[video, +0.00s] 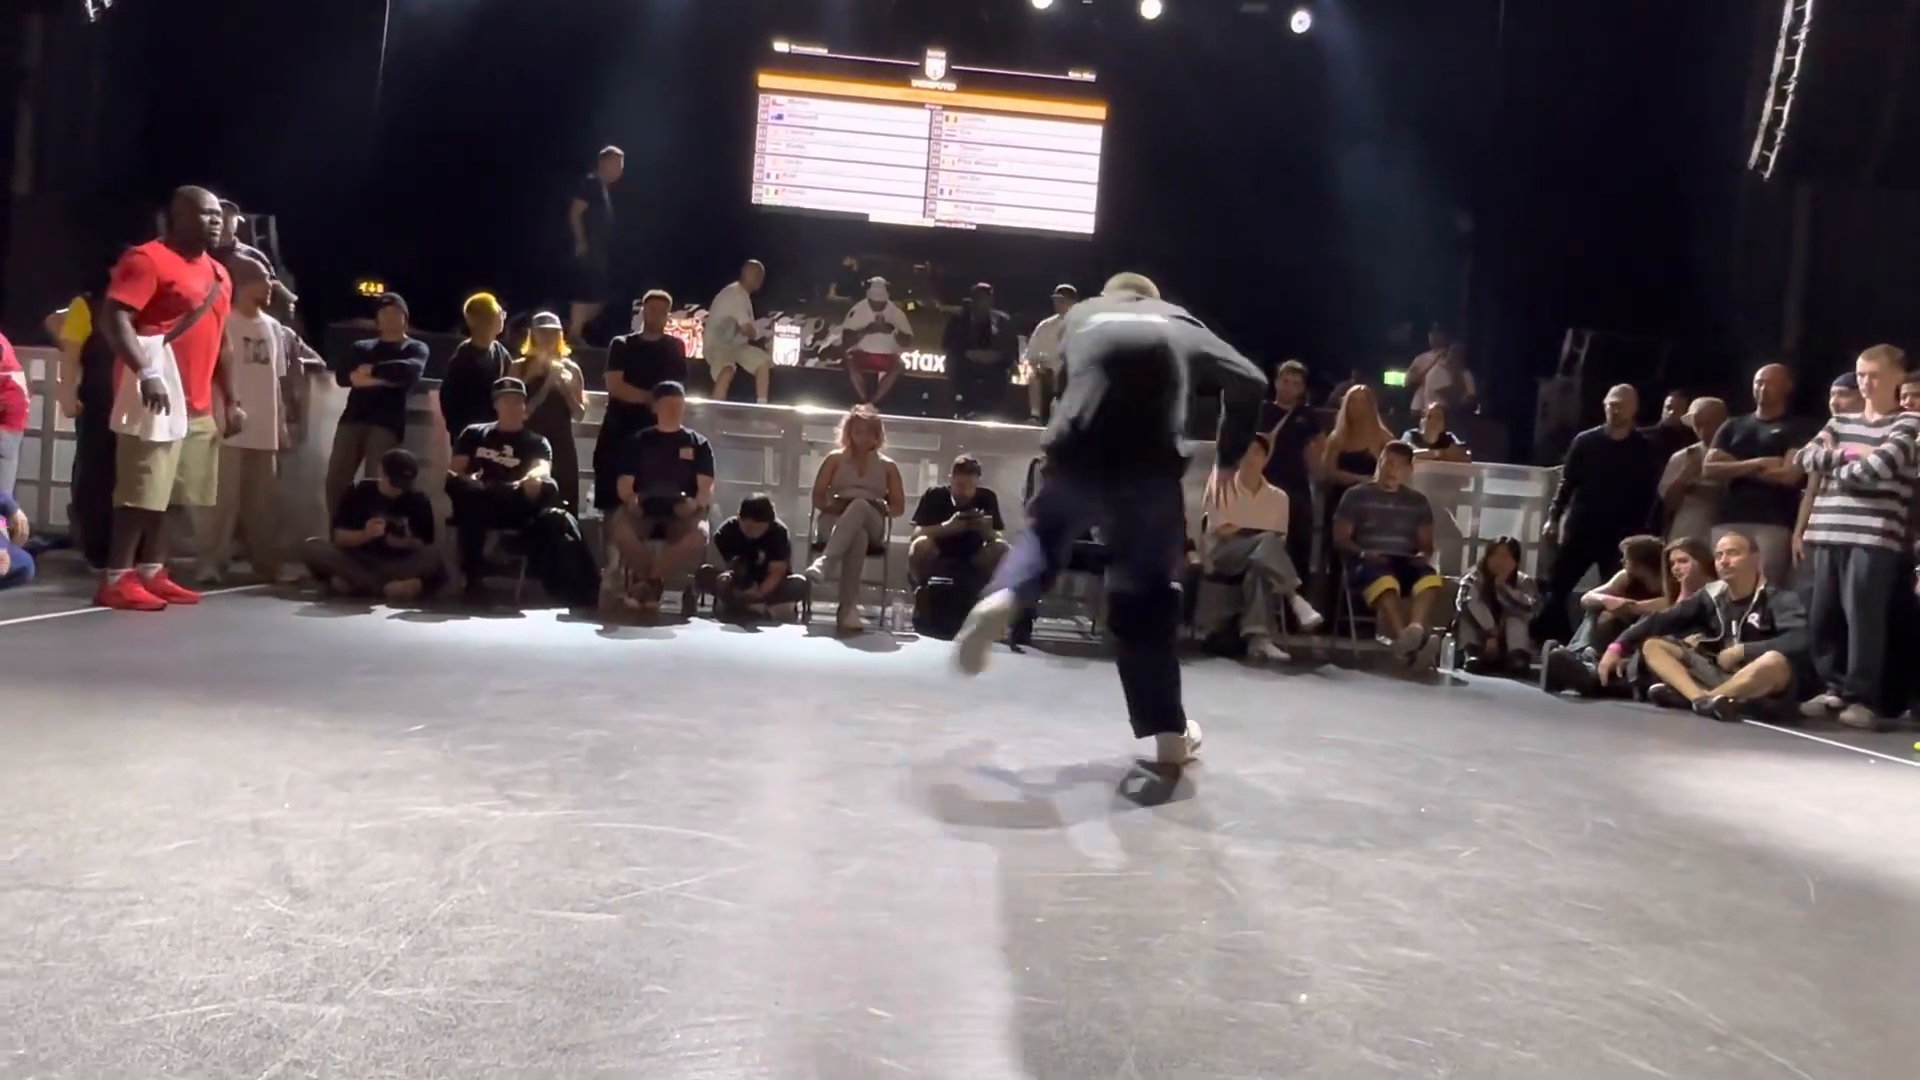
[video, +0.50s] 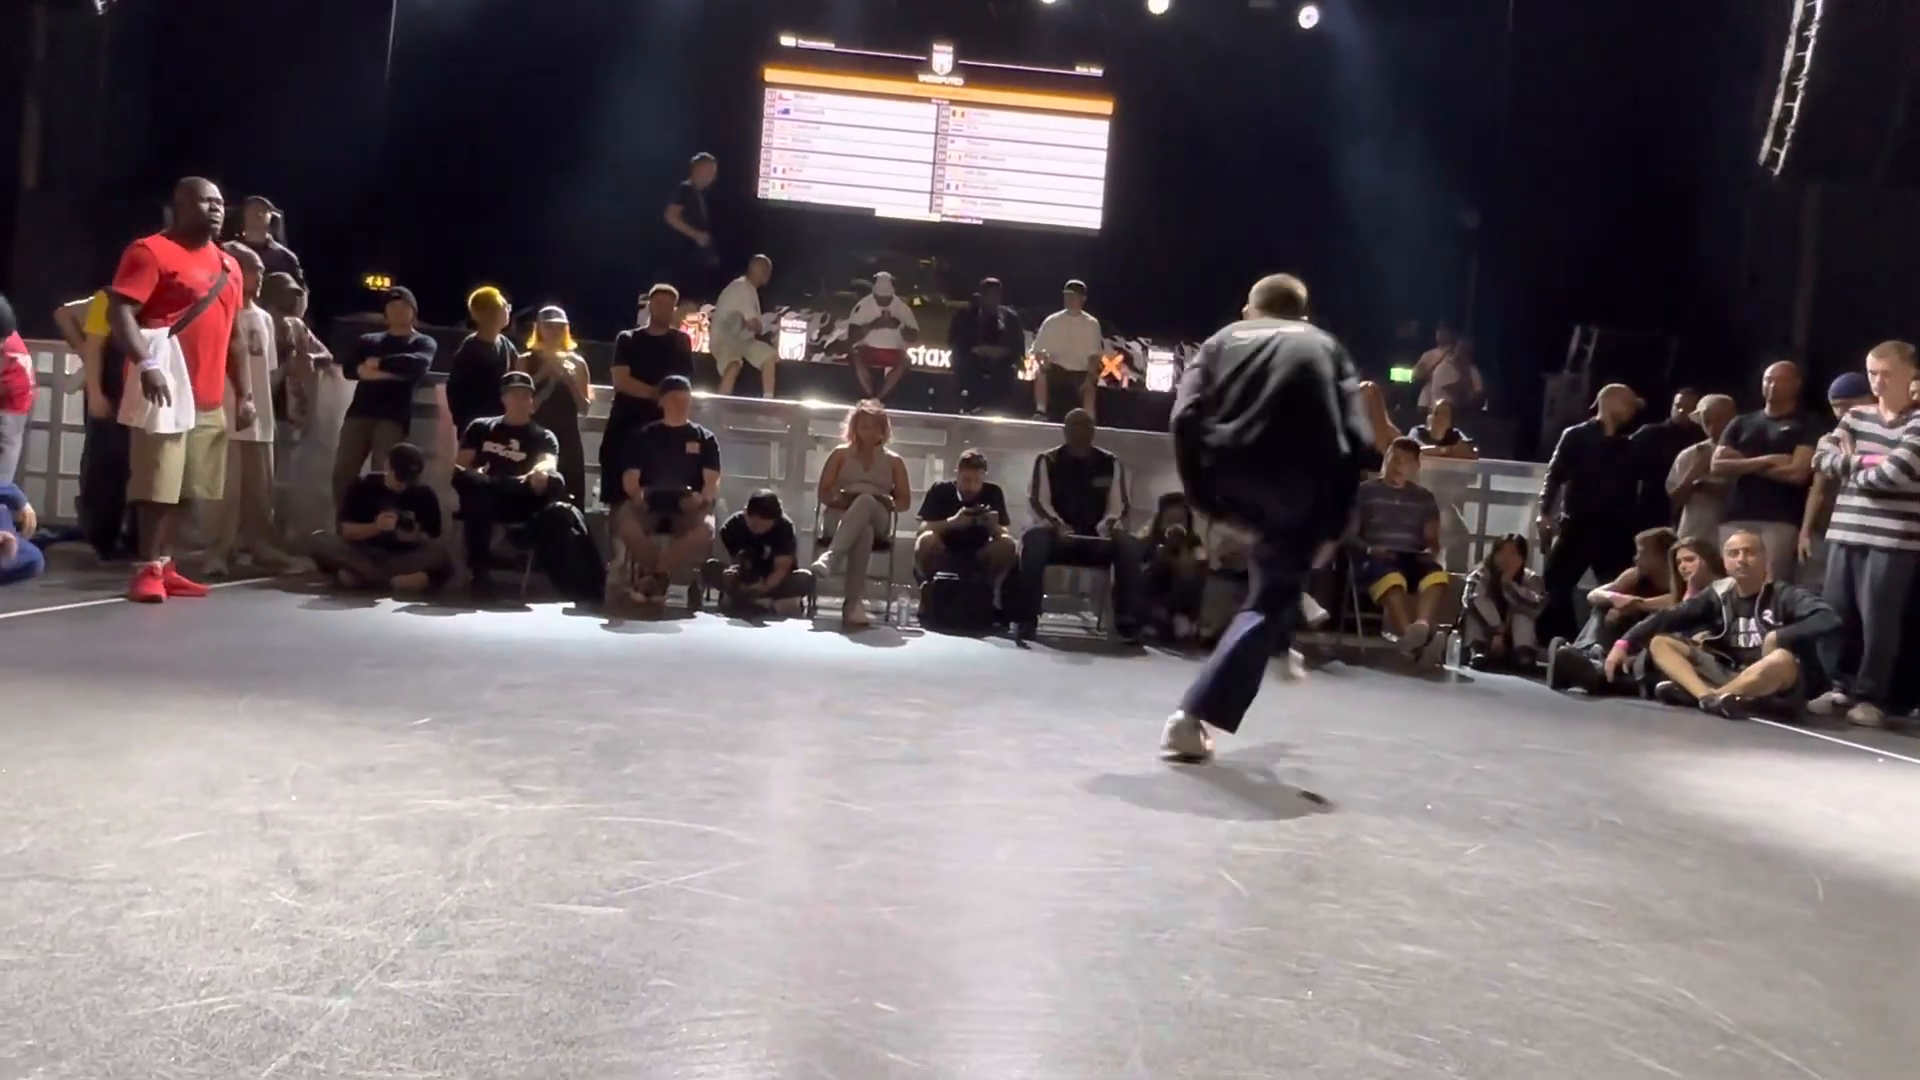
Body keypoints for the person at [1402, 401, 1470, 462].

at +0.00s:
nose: (1433, 422)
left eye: (1438, 418)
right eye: (1429, 417)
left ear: (1444, 421)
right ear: (1423, 420)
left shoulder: (1449, 438)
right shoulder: (1411, 436)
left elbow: (1464, 456)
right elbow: (1408, 454)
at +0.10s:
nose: (1436, 421)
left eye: (1440, 417)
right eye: (1432, 416)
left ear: (1446, 421)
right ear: (1425, 419)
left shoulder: (1451, 437)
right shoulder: (1413, 435)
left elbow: (1466, 455)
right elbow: (1411, 453)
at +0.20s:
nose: (1437, 420)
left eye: (1442, 416)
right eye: (1433, 415)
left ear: (1448, 420)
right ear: (1426, 418)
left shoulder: (1452, 437)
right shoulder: (1414, 434)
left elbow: (1467, 454)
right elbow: (1412, 452)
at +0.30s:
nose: (1438, 419)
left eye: (1443, 415)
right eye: (1434, 414)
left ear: (1449, 419)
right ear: (1427, 416)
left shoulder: (1454, 435)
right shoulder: (1415, 433)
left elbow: (1468, 453)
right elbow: (1413, 451)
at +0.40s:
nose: (1439, 418)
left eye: (1444, 414)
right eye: (1435, 413)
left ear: (1450, 419)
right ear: (1429, 416)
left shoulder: (1454, 434)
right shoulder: (1416, 432)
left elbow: (1470, 452)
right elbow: (1416, 450)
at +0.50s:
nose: (1440, 418)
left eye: (1445, 414)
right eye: (1436, 413)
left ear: (1451, 418)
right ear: (1430, 415)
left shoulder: (1456, 434)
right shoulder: (1417, 432)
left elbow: (1471, 452)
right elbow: (1415, 450)